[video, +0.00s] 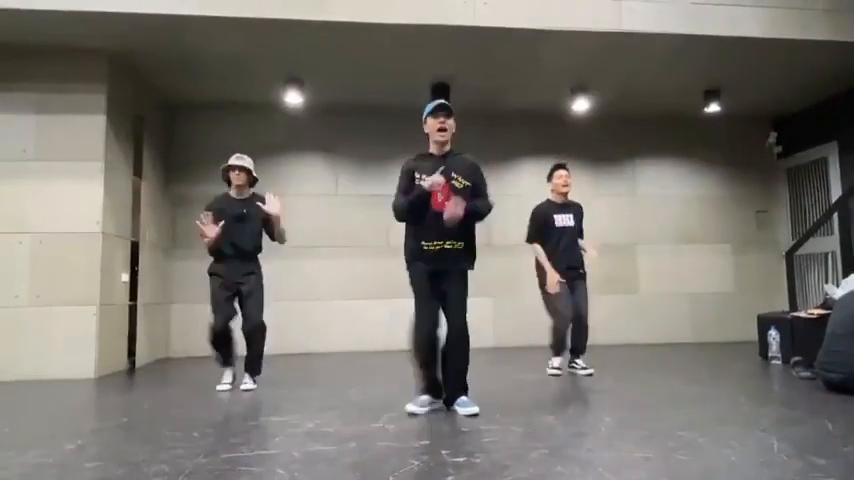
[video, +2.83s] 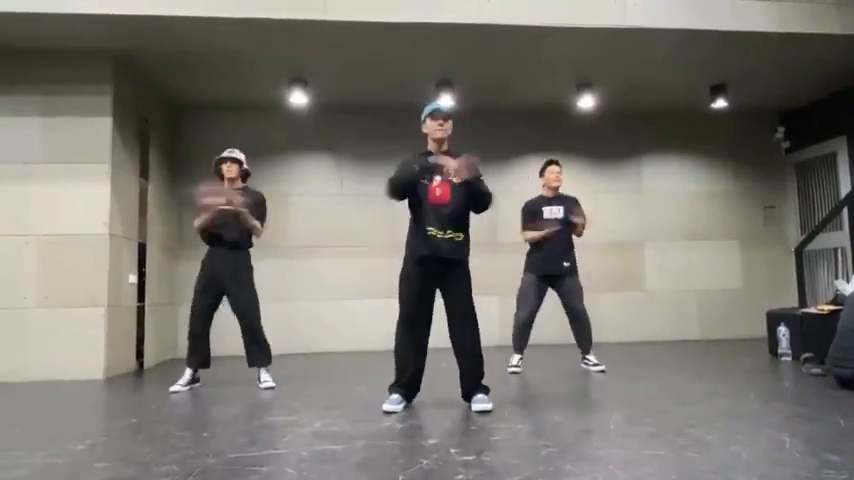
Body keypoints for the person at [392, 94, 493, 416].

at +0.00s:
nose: (442, 128)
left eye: (446, 124)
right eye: (436, 124)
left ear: (453, 127)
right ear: (426, 128)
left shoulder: (468, 166)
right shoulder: (412, 167)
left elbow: (484, 206)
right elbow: (400, 211)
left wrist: (464, 207)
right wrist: (422, 190)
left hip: (456, 258)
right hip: (421, 259)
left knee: (457, 325)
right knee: (426, 325)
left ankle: (457, 393)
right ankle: (430, 391)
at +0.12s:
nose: (443, 123)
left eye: (447, 118)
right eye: (437, 119)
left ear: (455, 122)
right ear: (427, 125)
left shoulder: (468, 163)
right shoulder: (415, 161)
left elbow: (474, 209)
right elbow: (397, 150)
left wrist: (459, 242)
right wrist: (421, 117)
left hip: (456, 249)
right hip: (423, 249)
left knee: (461, 322)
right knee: (429, 301)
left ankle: (458, 393)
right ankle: (419, 354)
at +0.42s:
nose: (444, 116)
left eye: (449, 111)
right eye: (438, 111)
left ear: (455, 117)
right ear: (427, 117)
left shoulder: (467, 162)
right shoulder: (413, 158)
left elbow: (472, 209)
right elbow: (399, 194)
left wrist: (456, 245)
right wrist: (415, 162)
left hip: (451, 252)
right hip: (416, 250)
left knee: (455, 326)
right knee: (400, 308)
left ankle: (457, 393)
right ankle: (395, 362)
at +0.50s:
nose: (441, 116)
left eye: (446, 111)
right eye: (434, 111)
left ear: (453, 118)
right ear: (424, 118)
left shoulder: (466, 162)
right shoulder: (409, 159)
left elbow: (471, 209)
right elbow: (398, 202)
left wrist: (456, 245)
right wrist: (412, 211)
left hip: (449, 254)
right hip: (413, 254)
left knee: (454, 326)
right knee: (396, 324)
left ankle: (457, 393)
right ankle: (380, 392)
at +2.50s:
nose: (450, 123)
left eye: (454, 118)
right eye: (443, 117)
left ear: (460, 126)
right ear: (431, 125)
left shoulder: (475, 166)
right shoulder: (419, 168)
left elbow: (485, 209)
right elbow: (412, 212)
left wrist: (473, 241)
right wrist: (424, 233)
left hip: (467, 257)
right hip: (431, 258)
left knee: (471, 325)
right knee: (419, 323)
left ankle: (474, 389)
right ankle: (405, 389)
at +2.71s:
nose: (453, 123)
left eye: (456, 119)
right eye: (446, 118)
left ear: (460, 126)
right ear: (432, 125)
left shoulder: (470, 165)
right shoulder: (419, 163)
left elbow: (474, 210)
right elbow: (420, 197)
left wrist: (455, 207)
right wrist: (466, 199)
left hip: (461, 253)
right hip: (427, 254)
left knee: (470, 321)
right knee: (417, 321)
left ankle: (476, 390)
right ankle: (400, 389)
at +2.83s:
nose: (441, 125)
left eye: (445, 120)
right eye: (435, 120)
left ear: (452, 126)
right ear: (424, 126)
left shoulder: (464, 165)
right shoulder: (414, 163)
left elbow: (481, 205)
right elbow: (395, 191)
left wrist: (470, 178)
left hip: (455, 260)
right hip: (419, 259)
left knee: (464, 324)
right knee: (411, 324)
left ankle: (475, 390)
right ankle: (402, 390)